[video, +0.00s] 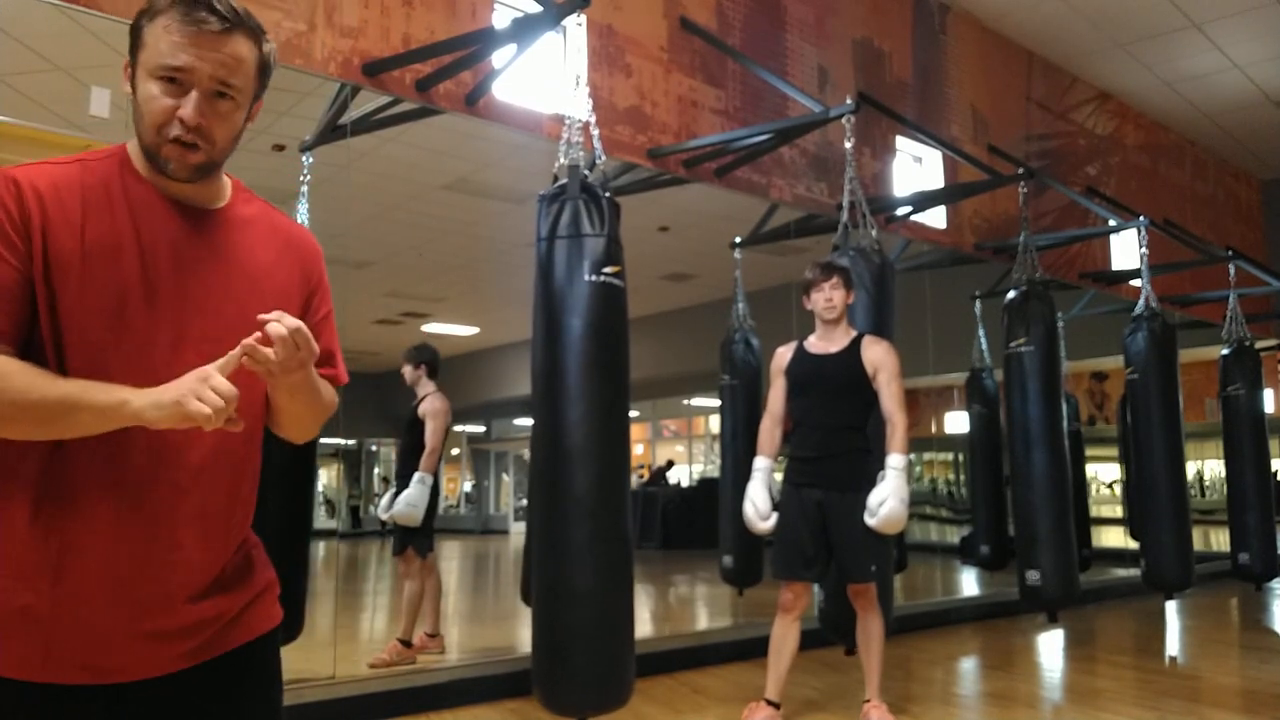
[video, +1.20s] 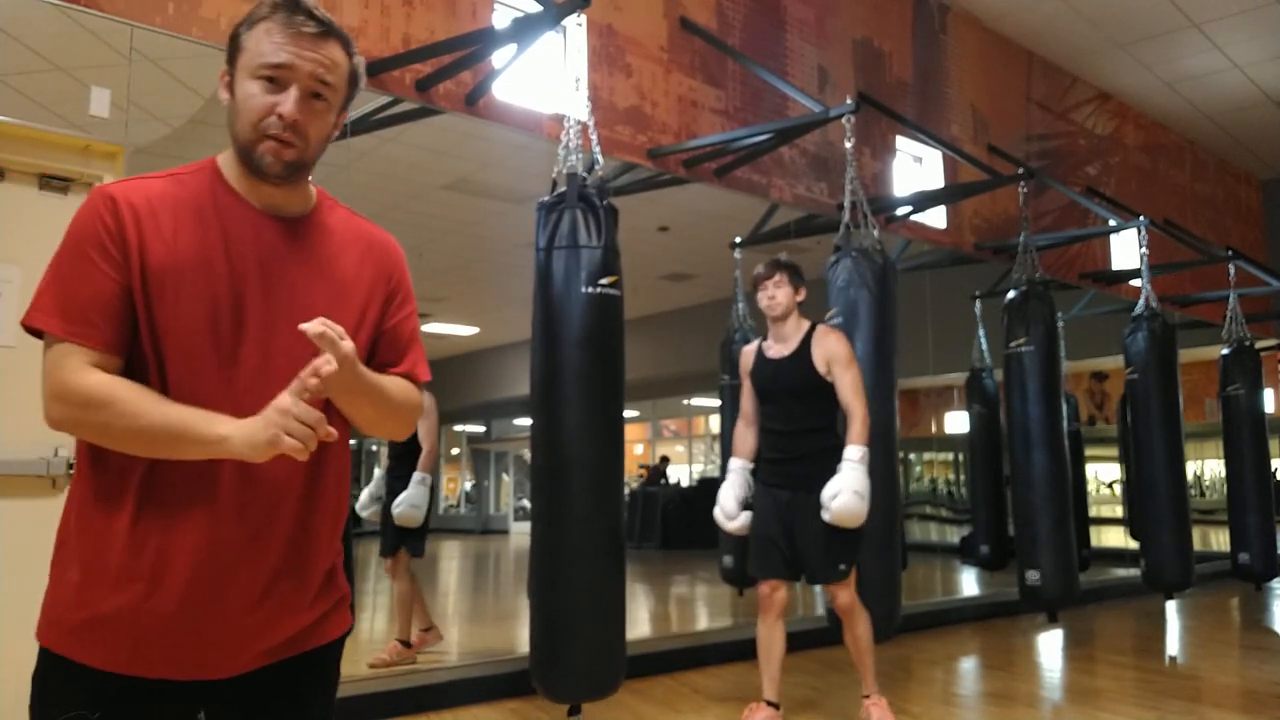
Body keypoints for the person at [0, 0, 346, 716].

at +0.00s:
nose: (189, 114)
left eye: (221, 95)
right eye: (171, 83)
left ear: (251, 111)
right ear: (130, 80)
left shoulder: (289, 251)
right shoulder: (25, 204)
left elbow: (302, 428)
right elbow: (1, 381)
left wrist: (295, 377)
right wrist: (138, 404)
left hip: (219, 648)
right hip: (40, 651)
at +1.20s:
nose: (289, 110)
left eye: (317, 95)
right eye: (271, 80)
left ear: (339, 120)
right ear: (227, 84)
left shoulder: (375, 258)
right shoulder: (126, 213)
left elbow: (402, 420)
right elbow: (69, 391)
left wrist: (353, 382)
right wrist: (236, 434)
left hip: (290, 647)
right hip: (116, 638)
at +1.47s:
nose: (284, 108)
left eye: (312, 93)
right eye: (267, 77)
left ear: (335, 117)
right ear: (221, 80)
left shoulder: (367, 252)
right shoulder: (111, 209)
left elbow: (407, 412)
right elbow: (35, 383)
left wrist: (325, 351)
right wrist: (189, 397)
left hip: (290, 645)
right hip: (109, 637)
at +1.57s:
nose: (250, 93)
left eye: (276, 77)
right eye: (229, 65)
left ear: (300, 103)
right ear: (183, 72)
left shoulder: (344, 244)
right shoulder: (76, 215)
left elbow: (399, 404)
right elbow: (6, 373)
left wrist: (323, 341)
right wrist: (133, 378)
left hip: (289, 650)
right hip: (96, 648)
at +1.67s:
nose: (197, 76)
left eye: (224, 60)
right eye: (174, 51)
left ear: (255, 88)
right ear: (132, 67)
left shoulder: (320, 233)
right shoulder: (40, 219)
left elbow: (397, 389)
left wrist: (326, 353)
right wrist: (72, 347)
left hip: (286, 645)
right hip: (83, 648)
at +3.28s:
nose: (259, 92)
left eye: (290, 78)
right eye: (241, 61)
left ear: (313, 103)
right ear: (195, 61)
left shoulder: (355, 243)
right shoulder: (82, 210)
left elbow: (401, 391)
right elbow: (7, 381)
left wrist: (381, 423)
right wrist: (145, 423)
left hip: (277, 658)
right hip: (91, 653)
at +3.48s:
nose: (289, 99)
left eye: (318, 84)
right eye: (270, 68)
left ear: (341, 106)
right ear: (225, 72)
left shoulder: (376, 248)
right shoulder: (117, 208)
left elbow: (416, 400)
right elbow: (47, 387)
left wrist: (374, 419)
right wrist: (202, 422)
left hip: (295, 651)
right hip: (116, 646)